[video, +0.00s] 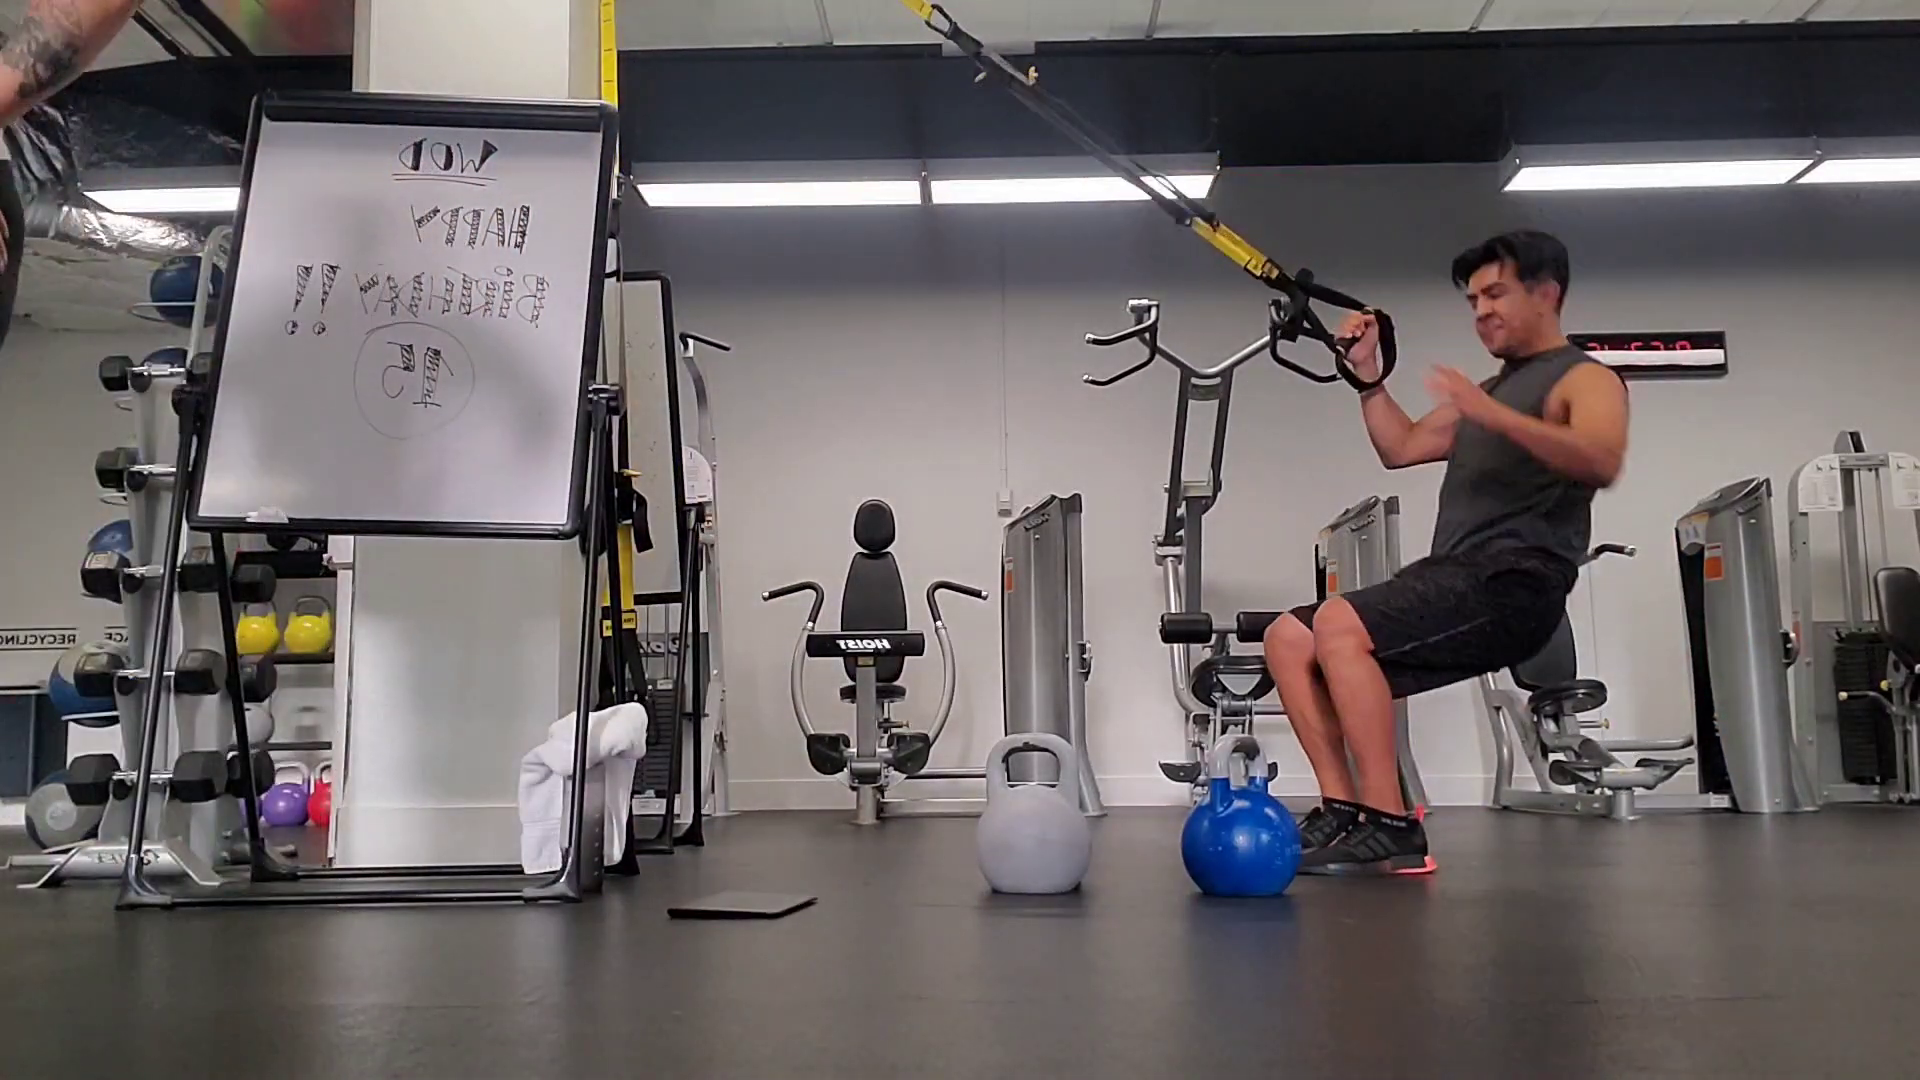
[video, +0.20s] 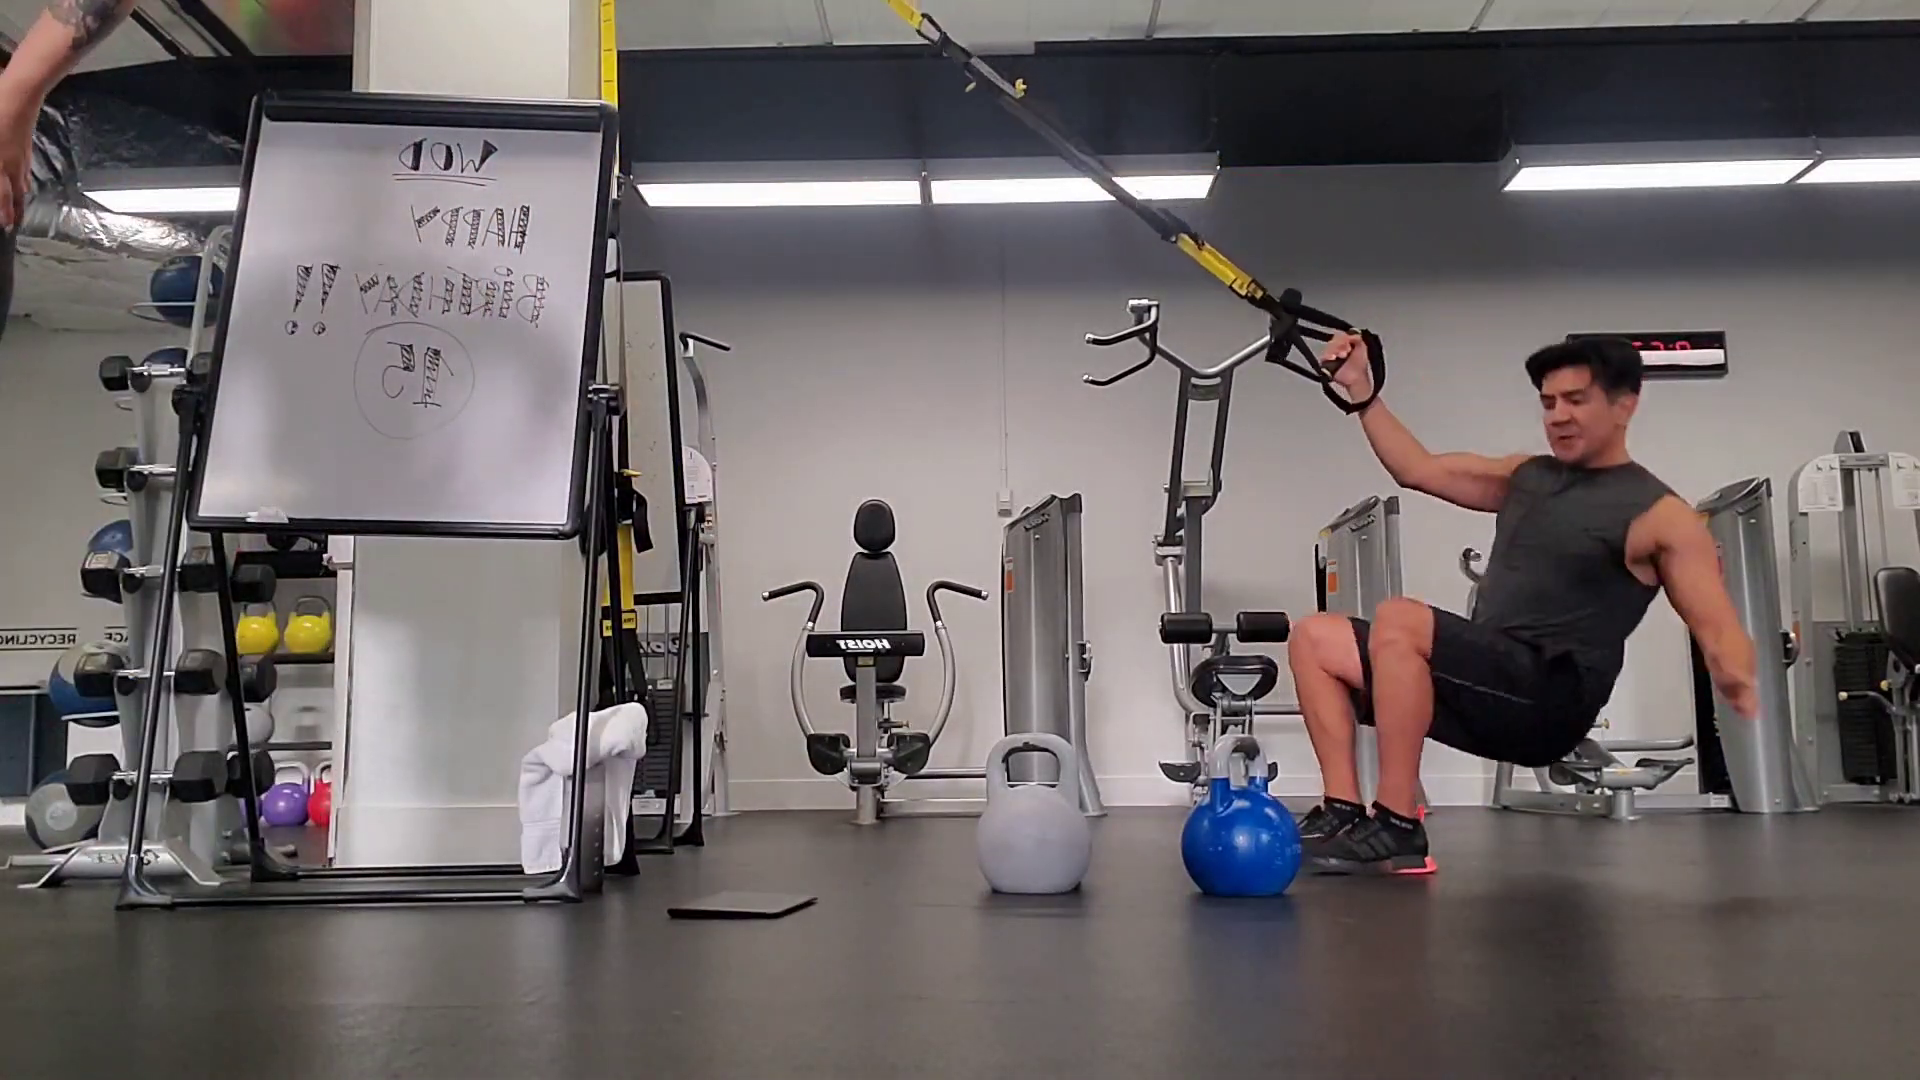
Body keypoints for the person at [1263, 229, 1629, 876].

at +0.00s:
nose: (1480, 310)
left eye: (1495, 293)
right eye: (1474, 300)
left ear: (1548, 293)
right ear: (1474, 312)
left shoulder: (1588, 379)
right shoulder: (1490, 393)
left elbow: (1601, 462)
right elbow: (1400, 448)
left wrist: (1486, 408)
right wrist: (1369, 374)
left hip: (1515, 578)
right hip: (1460, 575)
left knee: (1340, 625)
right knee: (1286, 638)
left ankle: (1389, 821)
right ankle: (1343, 809)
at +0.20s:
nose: (1556, 415)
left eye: (1574, 400)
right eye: (1548, 402)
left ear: (1625, 405)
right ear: (1541, 408)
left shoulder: (1663, 515)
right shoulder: (1525, 477)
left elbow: (1713, 620)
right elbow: (1417, 468)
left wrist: (1734, 674)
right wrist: (1364, 396)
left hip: (1551, 699)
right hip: (1480, 683)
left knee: (1400, 623)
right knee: (1313, 638)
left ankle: (1398, 824)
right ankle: (1343, 813)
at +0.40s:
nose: (1607, 500)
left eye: (1628, 485)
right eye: (1599, 484)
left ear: (1678, 498)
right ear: (1591, 486)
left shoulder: (1706, 612)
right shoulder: (1548, 535)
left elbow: (1766, 730)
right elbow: (1434, 480)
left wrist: (1858, 793)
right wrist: (1358, 411)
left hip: (1569, 782)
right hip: (1483, 757)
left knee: (1477, 633)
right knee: (1359, 637)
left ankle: (1407, 823)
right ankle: (1345, 818)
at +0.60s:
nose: (1606, 521)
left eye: (1626, 506)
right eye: (1601, 506)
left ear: (1679, 519)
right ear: (1593, 510)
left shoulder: (1700, 641)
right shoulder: (1547, 551)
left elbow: (1765, 751)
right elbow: (1438, 490)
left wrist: (1873, 810)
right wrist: (1354, 418)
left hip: (1558, 793)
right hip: (1475, 763)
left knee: (1478, 636)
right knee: (1367, 639)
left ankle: (1405, 823)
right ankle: (1346, 814)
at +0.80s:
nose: (1562, 429)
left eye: (1579, 413)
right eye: (1557, 419)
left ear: (1635, 425)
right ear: (1554, 430)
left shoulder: (1665, 536)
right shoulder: (1536, 498)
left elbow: (1698, 645)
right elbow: (1432, 479)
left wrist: (1713, 677)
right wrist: (1364, 406)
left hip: (1539, 704)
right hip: (1478, 690)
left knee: (1379, 625)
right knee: (1308, 638)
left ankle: (1394, 825)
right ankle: (1340, 812)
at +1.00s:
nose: (1495, 303)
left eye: (1508, 286)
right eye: (1495, 292)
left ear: (1561, 293)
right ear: (1548, 299)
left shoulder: (1573, 365)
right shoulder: (1515, 388)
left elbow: (1522, 410)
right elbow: (1430, 451)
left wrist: (1412, 374)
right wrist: (1374, 385)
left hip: (1497, 575)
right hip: (1454, 568)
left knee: (1319, 636)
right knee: (1284, 640)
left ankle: (1390, 825)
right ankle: (1343, 809)